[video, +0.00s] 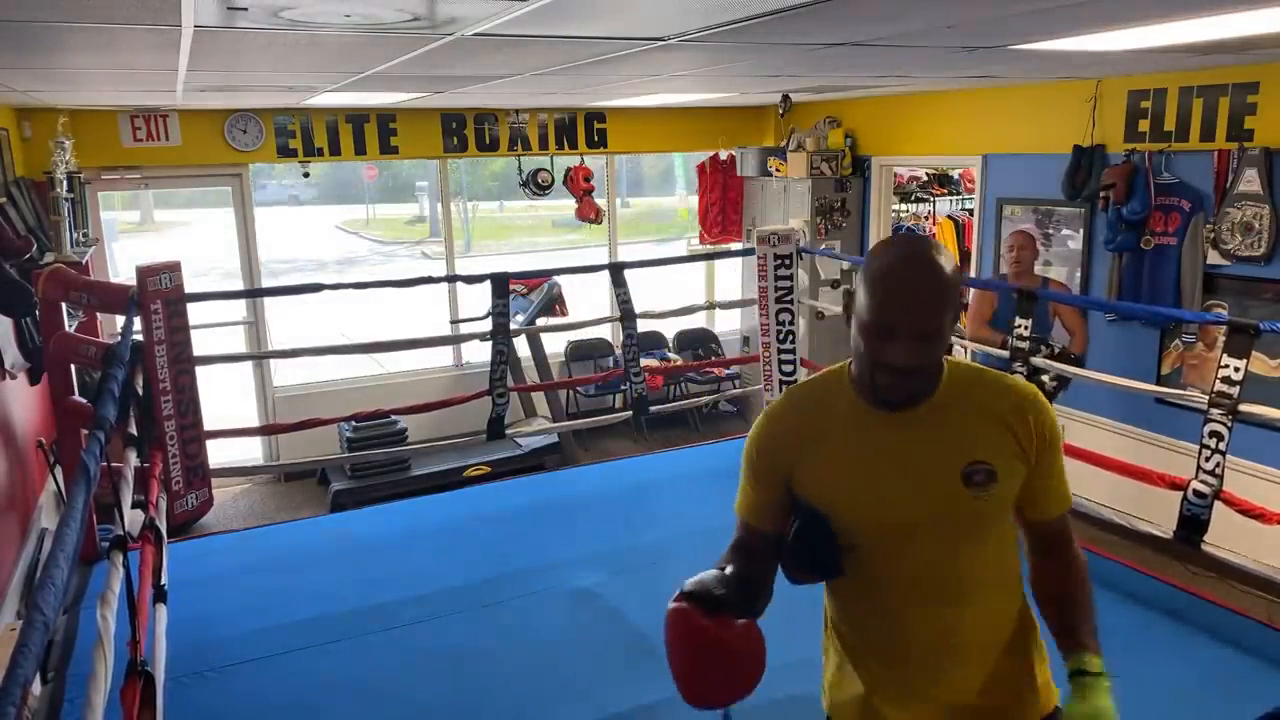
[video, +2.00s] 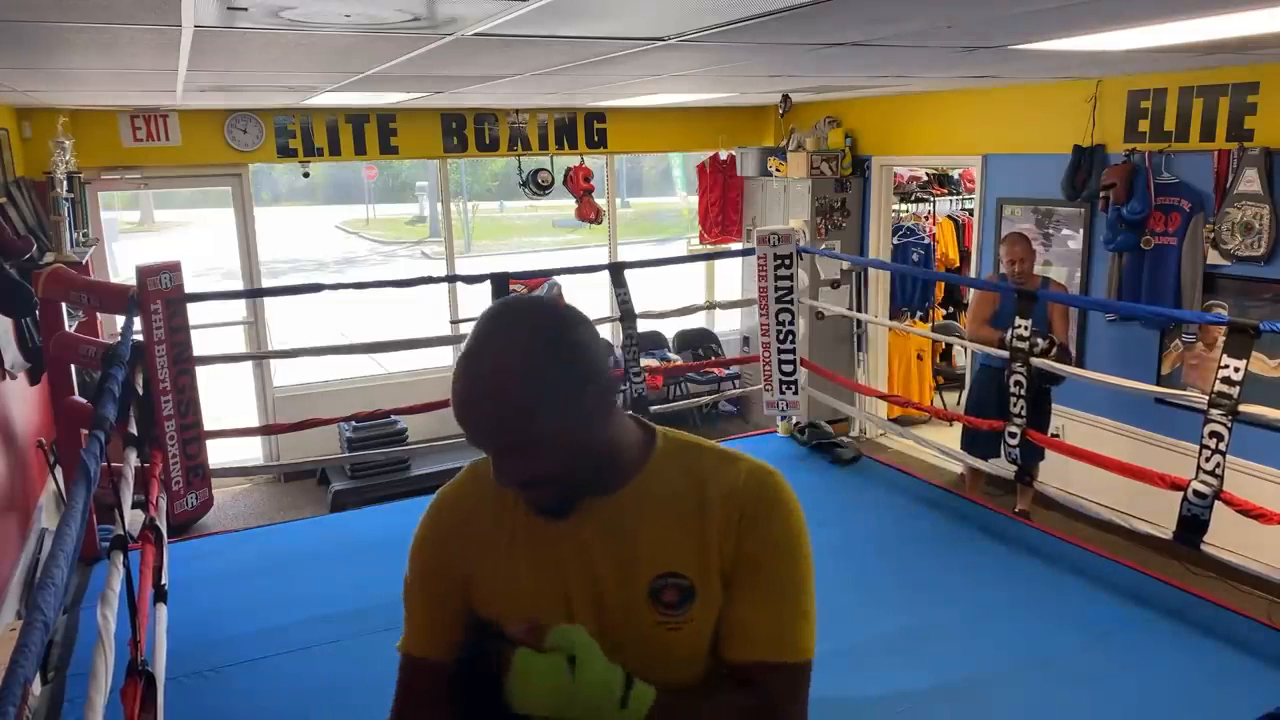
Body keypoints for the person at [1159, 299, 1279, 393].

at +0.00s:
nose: (1220, 326)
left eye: (1223, 321)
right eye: (1215, 320)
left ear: (1226, 327)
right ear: (1201, 325)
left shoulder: (1232, 350)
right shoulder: (1189, 349)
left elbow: (1271, 367)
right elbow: (1163, 369)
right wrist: (1179, 345)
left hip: (1218, 408)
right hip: (1188, 404)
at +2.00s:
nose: (1220, 327)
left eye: (1223, 323)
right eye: (1215, 322)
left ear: (1226, 327)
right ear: (1201, 325)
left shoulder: (1231, 350)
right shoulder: (1189, 348)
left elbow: (1270, 368)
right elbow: (1163, 370)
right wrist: (1178, 348)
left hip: (1218, 405)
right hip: (1189, 401)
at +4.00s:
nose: (1220, 327)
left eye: (1223, 323)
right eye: (1215, 322)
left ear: (1226, 327)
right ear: (1201, 325)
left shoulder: (1231, 349)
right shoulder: (1189, 348)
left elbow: (1270, 368)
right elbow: (1162, 369)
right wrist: (1181, 350)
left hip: (1218, 405)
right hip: (1189, 401)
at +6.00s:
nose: (1220, 327)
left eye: (1223, 323)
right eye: (1215, 322)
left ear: (1226, 327)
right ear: (1201, 325)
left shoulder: (1231, 349)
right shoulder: (1189, 349)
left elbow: (1270, 368)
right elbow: (1162, 369)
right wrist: (1179, 351)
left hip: (1218, 405)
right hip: (1189, 400)